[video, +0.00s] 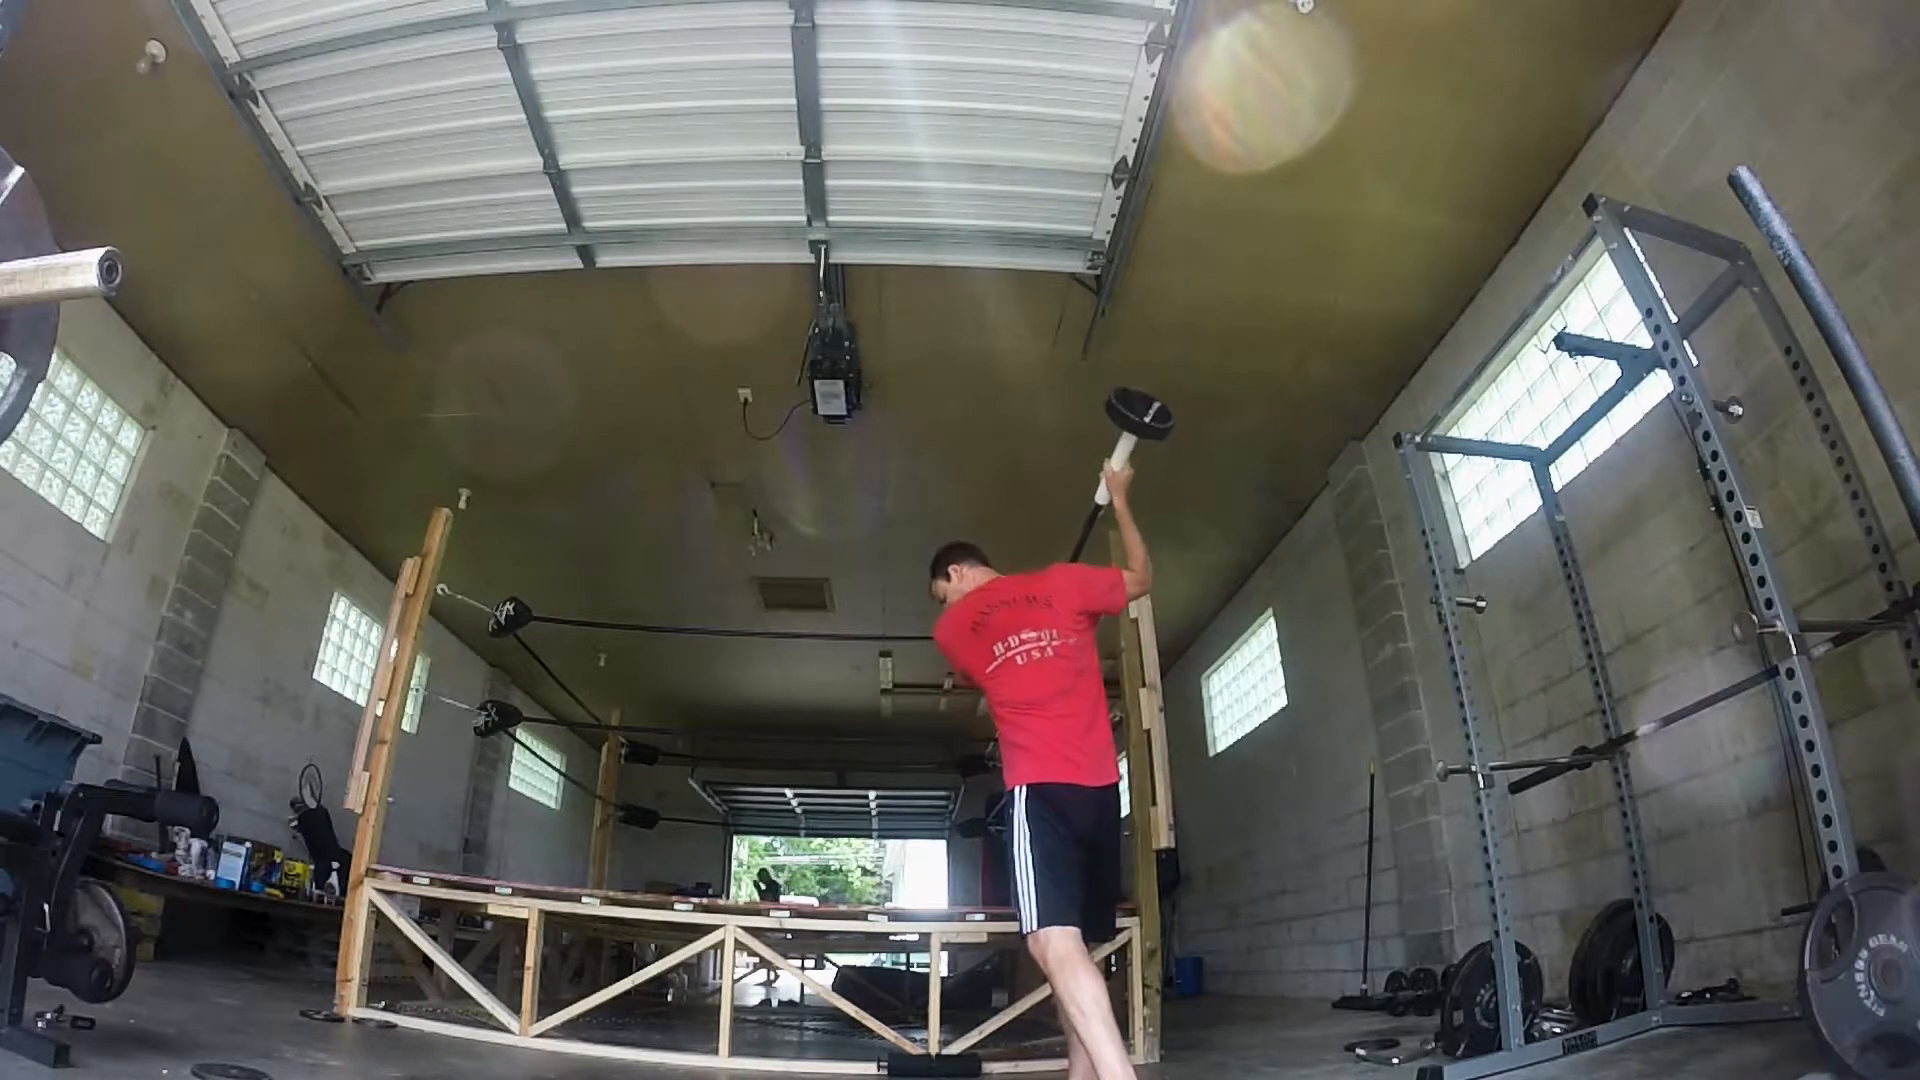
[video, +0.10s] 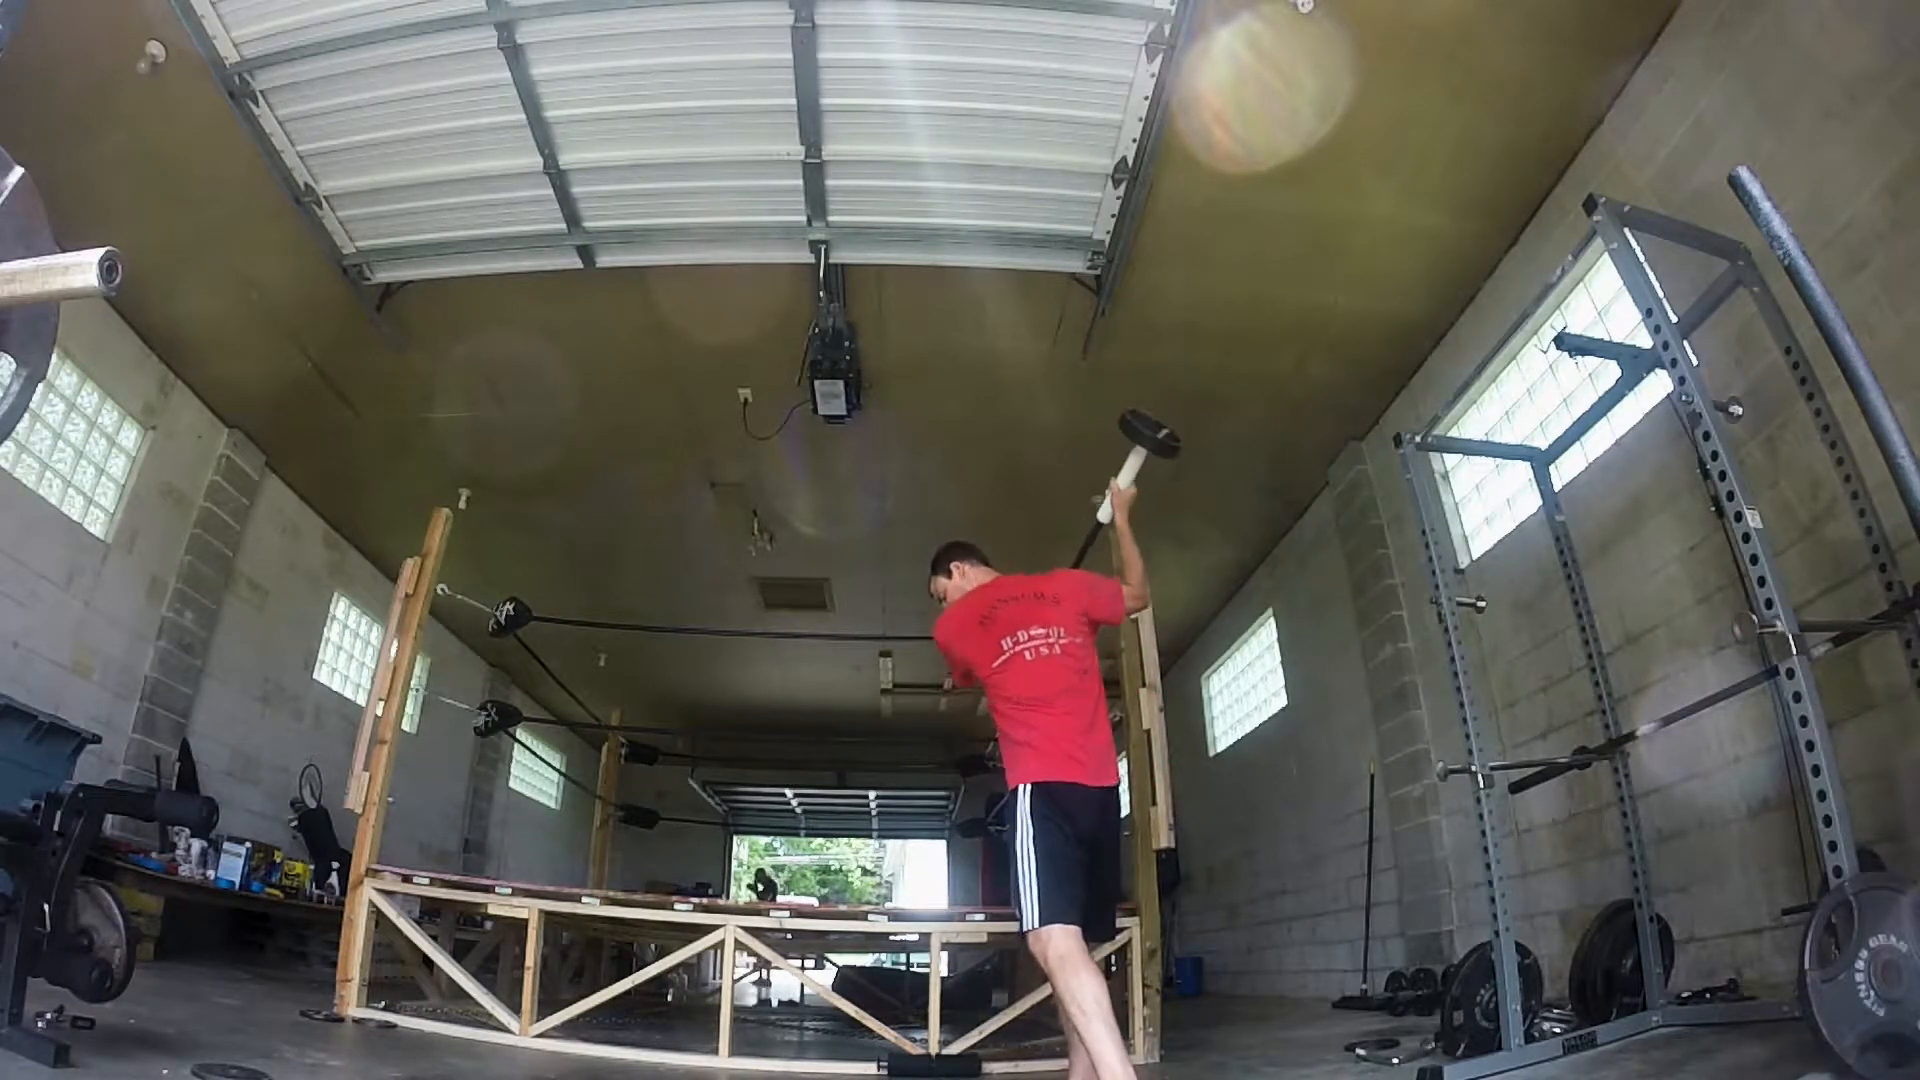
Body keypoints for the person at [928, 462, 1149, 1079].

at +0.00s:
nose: (945, 606)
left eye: (941, 595)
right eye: (941, 598)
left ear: (957, 576)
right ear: (984, 568)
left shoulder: (954, 627)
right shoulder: (1063, 579)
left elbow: (983, 675)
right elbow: (1139, 578)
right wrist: (1120, 502)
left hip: (1038, 791)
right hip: (1102, 788)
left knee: (1055, 942)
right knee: (1080, 945)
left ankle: (1120, 1076)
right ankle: (1081, 1073)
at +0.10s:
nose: (941, 606)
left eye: (938, 596)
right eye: (938, 598)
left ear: (956, 573)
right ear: (981, 566)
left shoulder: (958, 619)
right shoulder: (1068, 583)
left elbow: (965, 682)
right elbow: (1137, 595)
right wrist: (1122, 520)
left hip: (1041, 785)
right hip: (1102, 785)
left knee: (1055, 940)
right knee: (1080, 942)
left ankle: (1119, 1075)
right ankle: (1081, 1073)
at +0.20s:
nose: (944, 604)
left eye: (941, 593)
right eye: (940, 599)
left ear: (961, 568)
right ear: (980, 567)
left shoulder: (958, 617)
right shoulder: (1070, 587)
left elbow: (959, 700)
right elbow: (1132, 616)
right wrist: (1121, 545)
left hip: (1045, 779)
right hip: (1101, 783)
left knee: (1055, 938)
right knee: (1067, 938)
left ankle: (1120, 1074)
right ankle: (1082, 1071)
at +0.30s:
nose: (941, 600)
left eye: (940, 589)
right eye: (937, 594)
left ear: (963, 563)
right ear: (980, 564)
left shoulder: (963, 611)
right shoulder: (1070, 591)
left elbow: (948, 700)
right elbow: (1124, 635)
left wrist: (985, 708)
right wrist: (1119, 578)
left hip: (1049, 775)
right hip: (1100, 779)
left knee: (1056, 931)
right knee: (1073, 938)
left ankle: (1121, 1074)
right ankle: (1082, 1073)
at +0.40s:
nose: (946, 598)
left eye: (943, 586)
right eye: (940, 592)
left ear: (965, 558)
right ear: (982, 560)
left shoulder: (967, 605)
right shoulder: (1068, 595)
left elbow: (939, 710)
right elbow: (1117, 656)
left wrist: (961, 731)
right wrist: (1107, 612)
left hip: (1055, 774)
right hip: (1101, 777)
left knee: (1061, 929)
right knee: (1074, 936)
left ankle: (1122, 1074)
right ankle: (1083, 1073)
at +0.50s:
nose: (951, 597)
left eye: (949, 584)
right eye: (945, 591)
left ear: (972, 557)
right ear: (986, 558)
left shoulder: (979, 601)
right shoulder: (1066, 594)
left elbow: (942, 714)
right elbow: (1111, 678)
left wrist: (948, 752)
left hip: (1065, 772)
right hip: (1104, 771)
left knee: (1070, 930)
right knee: (1072, 934)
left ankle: (1124, 1073)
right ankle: (1083, 1072)